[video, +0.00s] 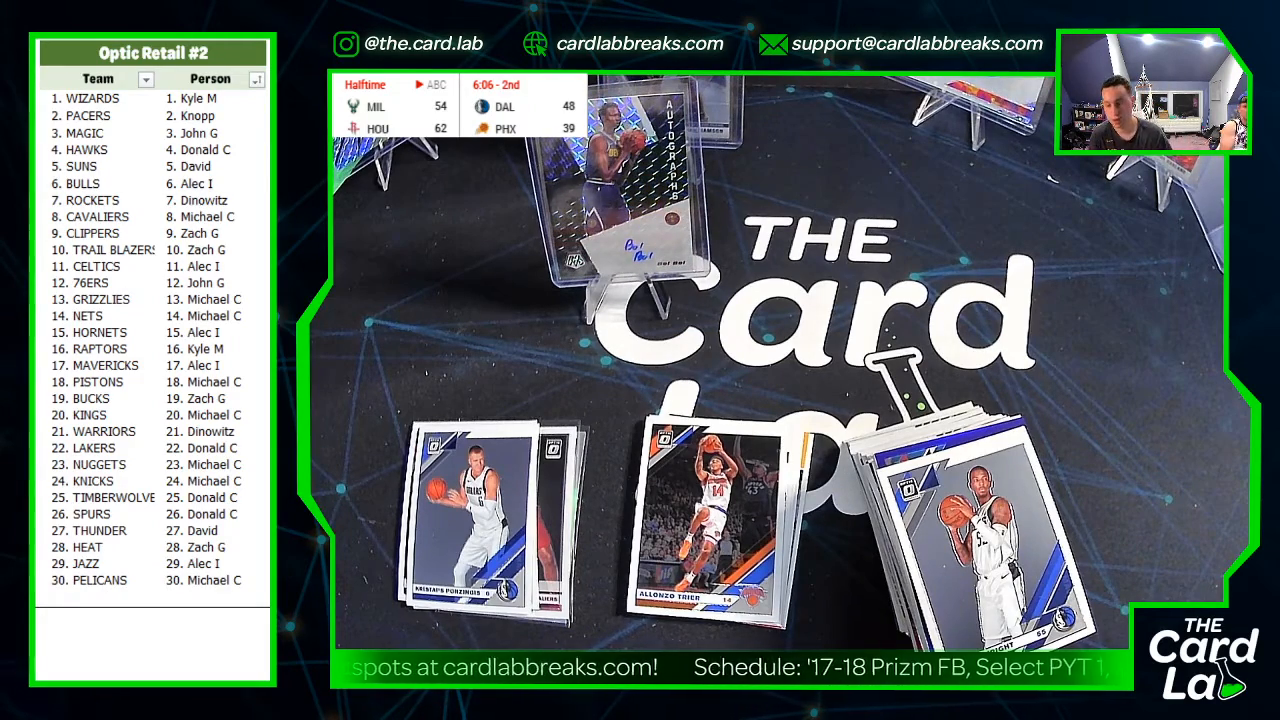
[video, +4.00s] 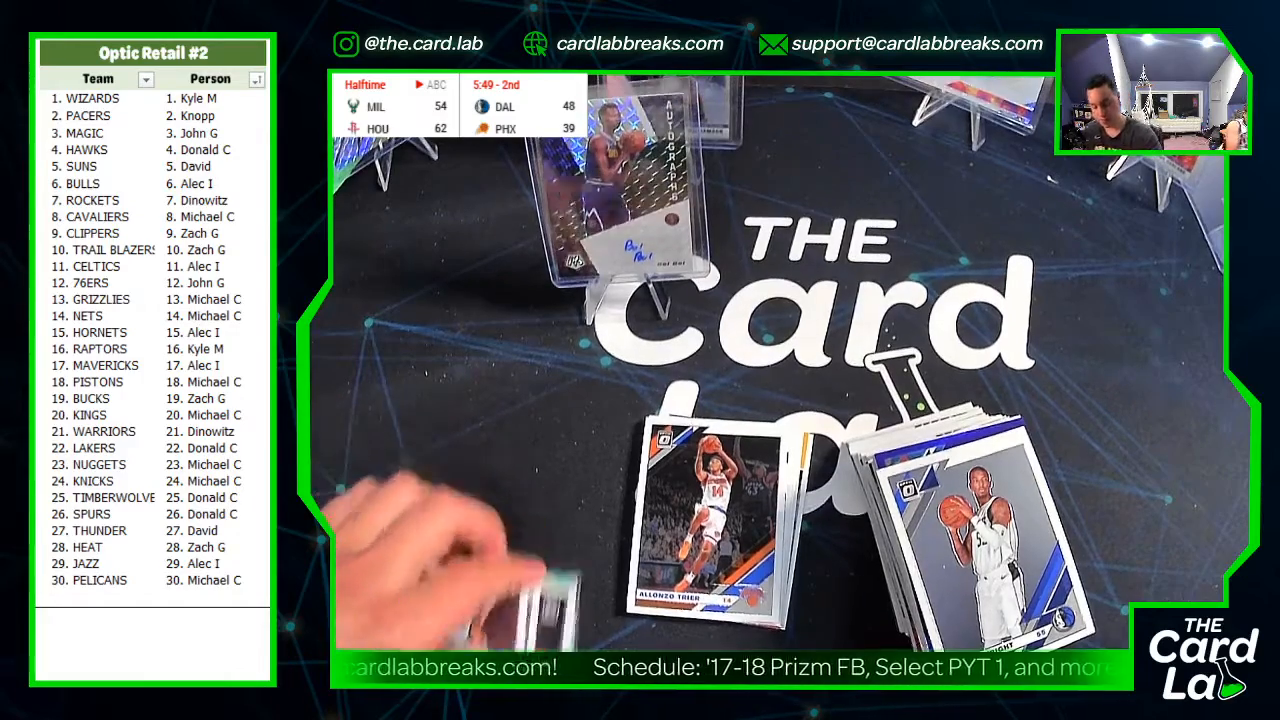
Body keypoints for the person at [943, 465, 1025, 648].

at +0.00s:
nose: (980, 483)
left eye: (984, 479)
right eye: (976, 480)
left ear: (990, 482)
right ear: (970, 485)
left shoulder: (1000, 504)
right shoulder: (975, 518)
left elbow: (997, 539)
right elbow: (965, 559)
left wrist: (973, 517)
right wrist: (953, 530)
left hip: (1007, 579)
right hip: (985, 584)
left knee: (1018, 632)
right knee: (992, 639)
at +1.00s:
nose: (980, 483)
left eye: (984, 479)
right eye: (976, 480)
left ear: (990, 481)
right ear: (970, 485)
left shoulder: (1000, 504)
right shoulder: (975, 517)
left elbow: (997, 539)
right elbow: (965, 559)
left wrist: (973, 517)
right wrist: (953, 530)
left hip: (1007, 579)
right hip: (985, 584)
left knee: (1017, 632)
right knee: (992, 639)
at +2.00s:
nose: (980, 483)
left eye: (984, 479)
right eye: (976, 480)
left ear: (990, 481)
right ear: (970, 485)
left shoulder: (1000, 504)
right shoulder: (974, 517)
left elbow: (996, 538)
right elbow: (965, 559)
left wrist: (972, 516)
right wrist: (953, 530)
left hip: (1007, 579)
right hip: (985, 585)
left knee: (1018, 632)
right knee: (992, 640)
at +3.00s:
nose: (980, 484)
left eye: (983, 479)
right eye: (975, 480)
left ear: (990, 482)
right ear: (970, 486)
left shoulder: (1000, 504)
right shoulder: (974, 517)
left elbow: (996, 538)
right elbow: (965, 559)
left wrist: (972, 517)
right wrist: (953, 531)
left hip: (1007, 579)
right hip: (985, 585)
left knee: (1018, 633)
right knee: (991, 640)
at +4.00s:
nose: (980, 484)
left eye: (983, 480)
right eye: (975, 481)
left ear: (990, 482)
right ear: (970, 486)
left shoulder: (999, 504)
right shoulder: (974, 519)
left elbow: (997, 539)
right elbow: (965, 559)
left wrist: (972, 516)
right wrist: (953, 531)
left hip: (1006, 578)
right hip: (984, 585)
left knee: (1017, 632)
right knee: (991, 639)